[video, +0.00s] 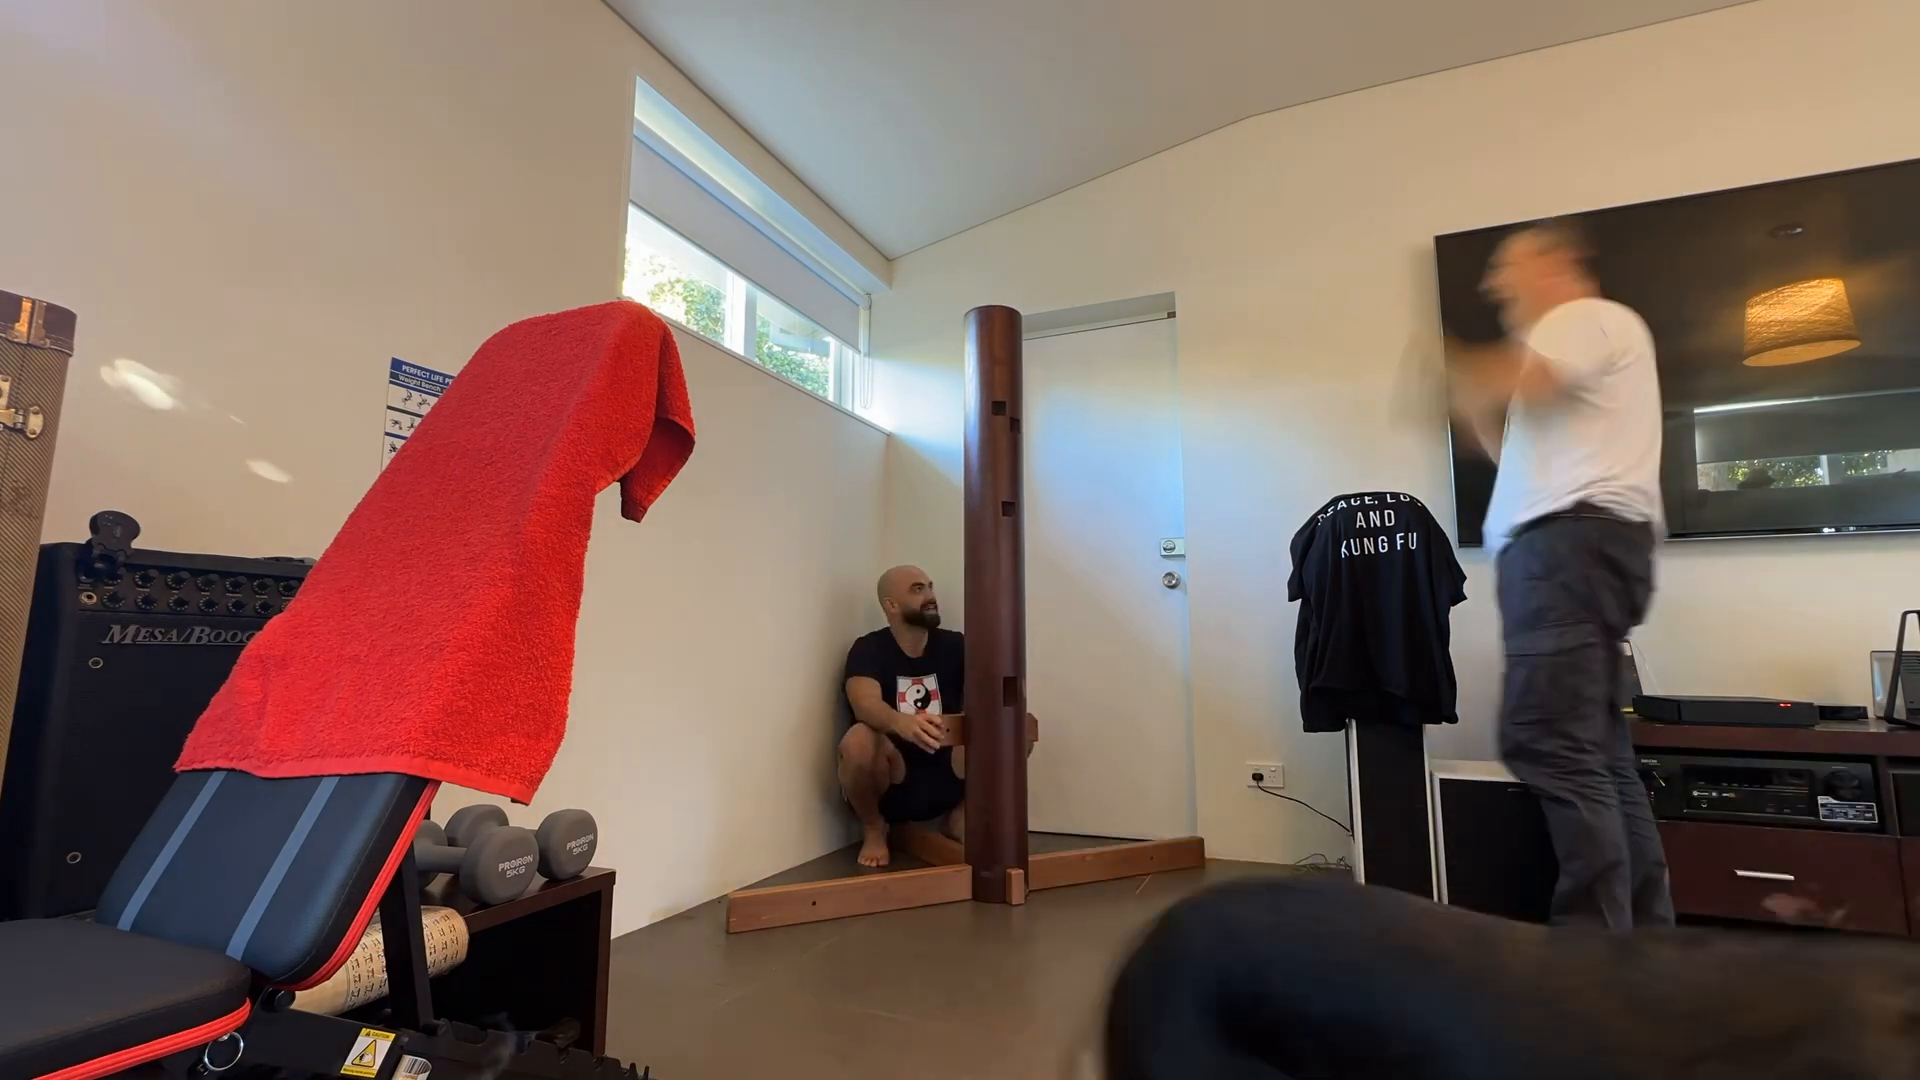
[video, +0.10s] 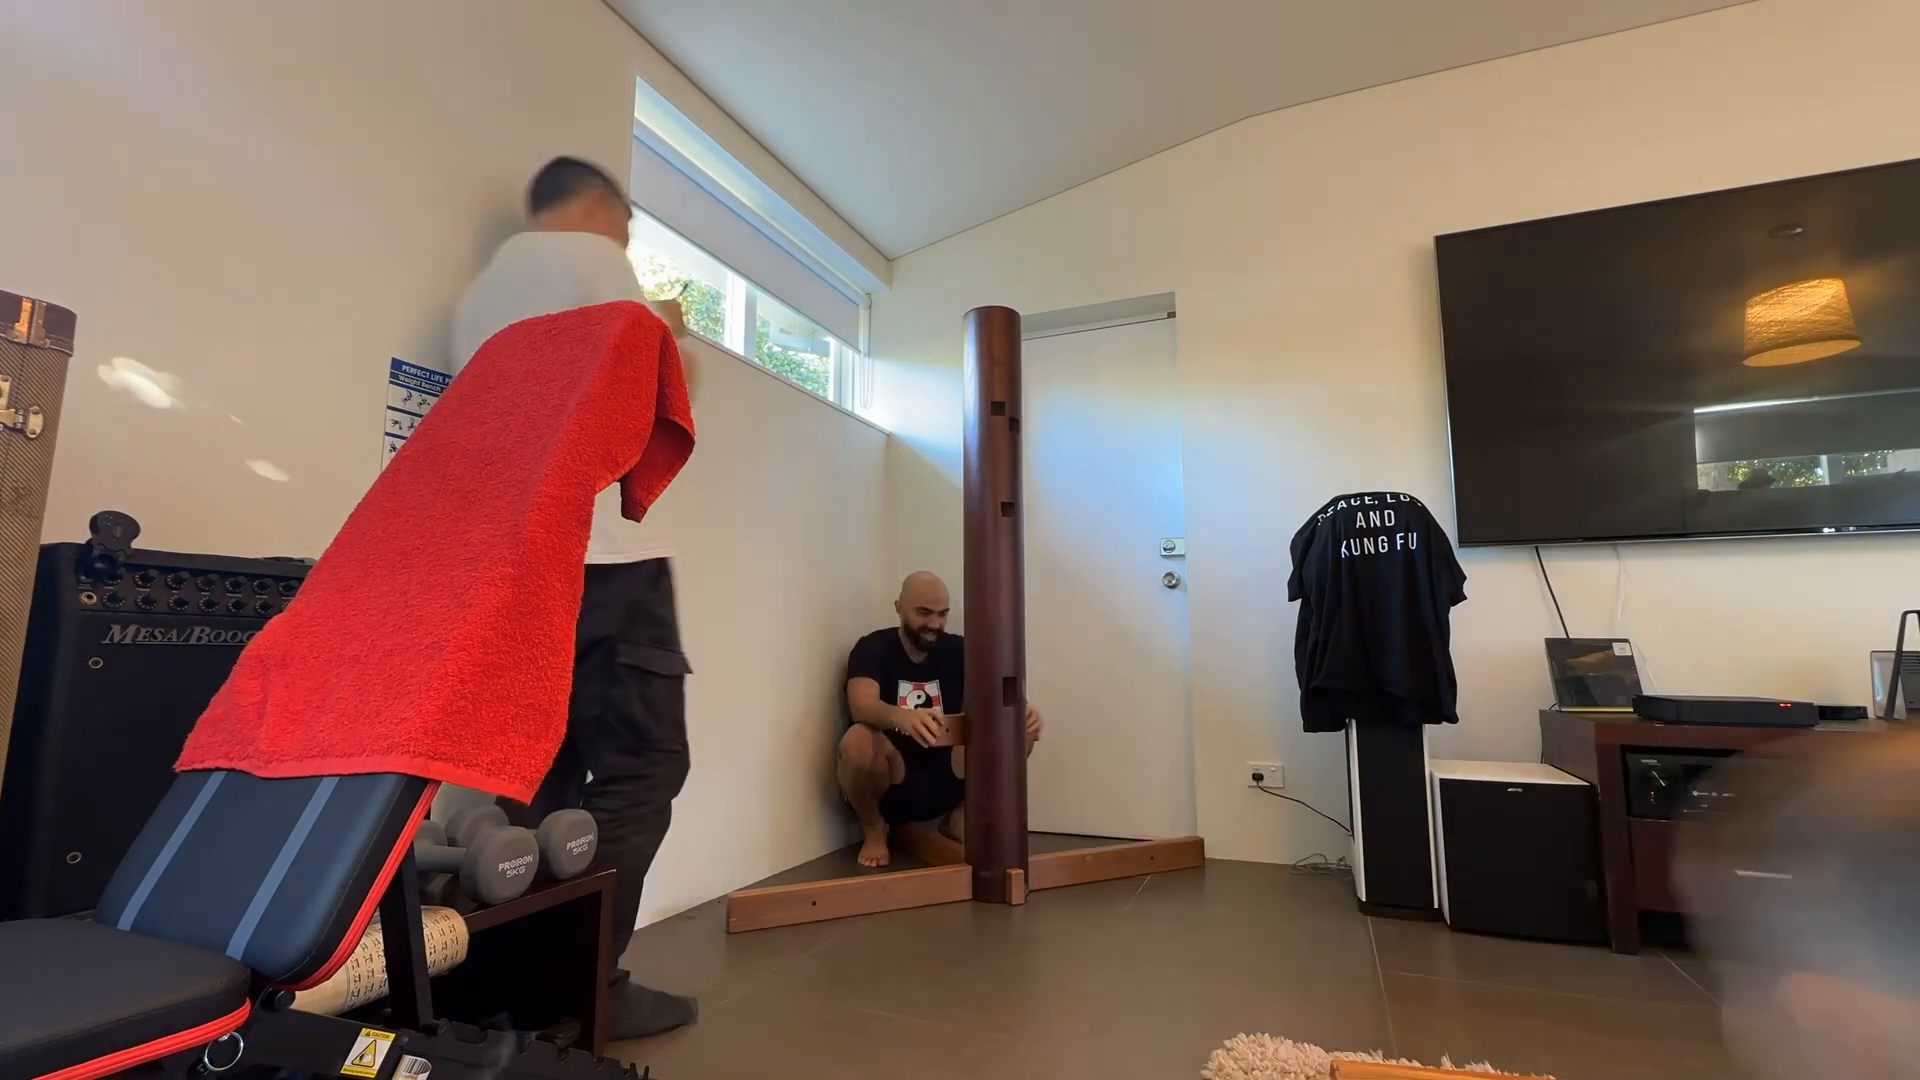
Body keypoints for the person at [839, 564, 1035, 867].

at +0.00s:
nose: (931, 595)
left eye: (931, 588)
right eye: (918, 589)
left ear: (935, 593)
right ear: (890, 605)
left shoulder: (957, 645)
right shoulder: (868, 649)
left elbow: (988, 692)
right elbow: (866, 704)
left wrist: (1020, 718)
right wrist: (900, 721)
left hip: (949, 768)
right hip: (894, 773)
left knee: (1019, 727)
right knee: (858, 741)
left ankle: (963, 817)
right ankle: (873, 828)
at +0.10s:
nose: (935, 624)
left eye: (942, 614)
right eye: (924, 613)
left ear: (949, 611)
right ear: (899, 607)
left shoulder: (961, 650)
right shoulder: (873, 648)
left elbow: (991, 692)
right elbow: (862, 705)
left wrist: (1022, 712)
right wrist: (902, 717)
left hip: (949, 773)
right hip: (893, 776)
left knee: (1019, 732)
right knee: (858, 741)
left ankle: (962, 818)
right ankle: (873, 828)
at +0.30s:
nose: (965, 601)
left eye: (973, 592)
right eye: (958, 591)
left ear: (991, 585)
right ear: (947, 582)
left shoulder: (1011, 612)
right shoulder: (931, 629)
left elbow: (1054, 652)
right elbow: (924, 703)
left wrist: (1028, 613)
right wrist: (959, 729)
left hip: (1018, 733)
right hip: (958, 736)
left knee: (1072, 759)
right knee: (894, 759)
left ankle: (1021, 817)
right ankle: (964, 814)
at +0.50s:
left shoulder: (1041, 542)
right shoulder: (952, 540)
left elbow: (1056, 624)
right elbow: (925, 615)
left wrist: (1024, 685)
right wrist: (934, 677)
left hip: (1025, 672)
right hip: (961, 672)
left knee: (1065, 737)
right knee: (912, 736)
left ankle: (1015, 815)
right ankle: (972, 815)